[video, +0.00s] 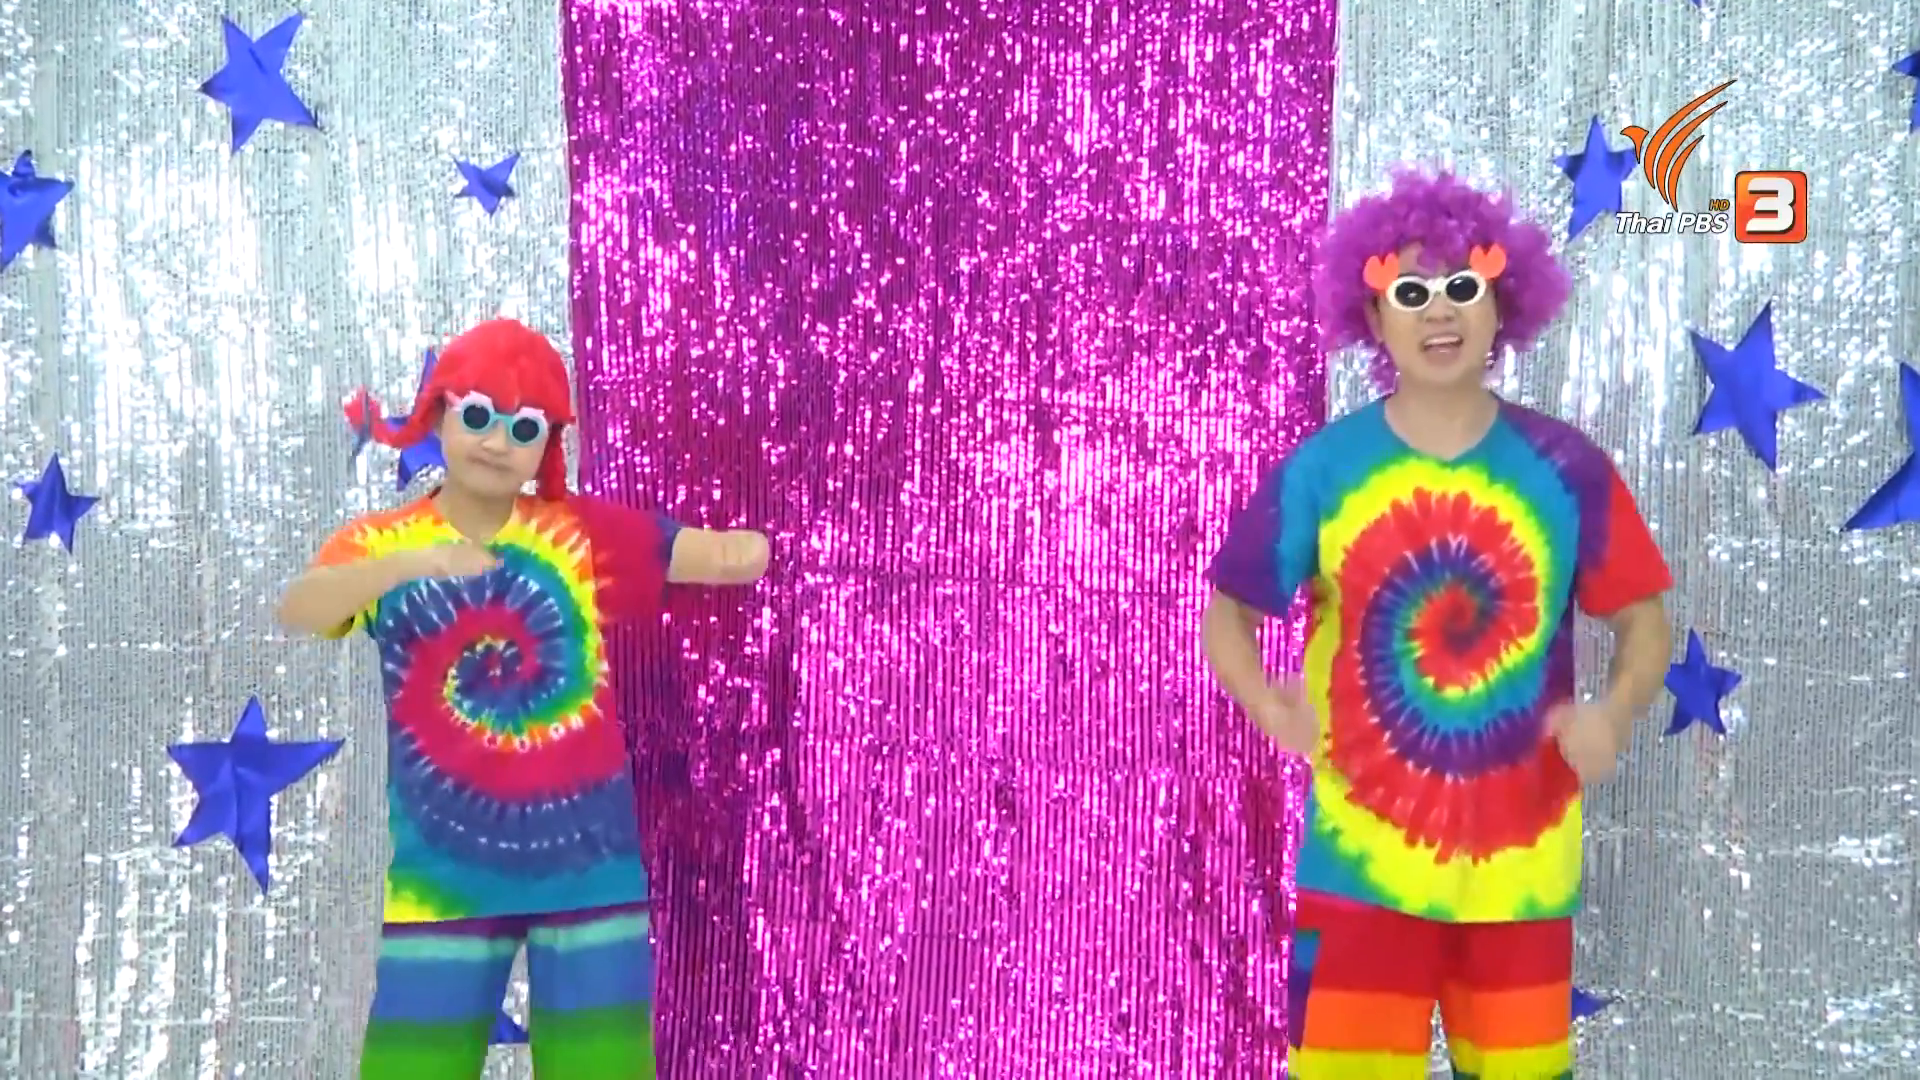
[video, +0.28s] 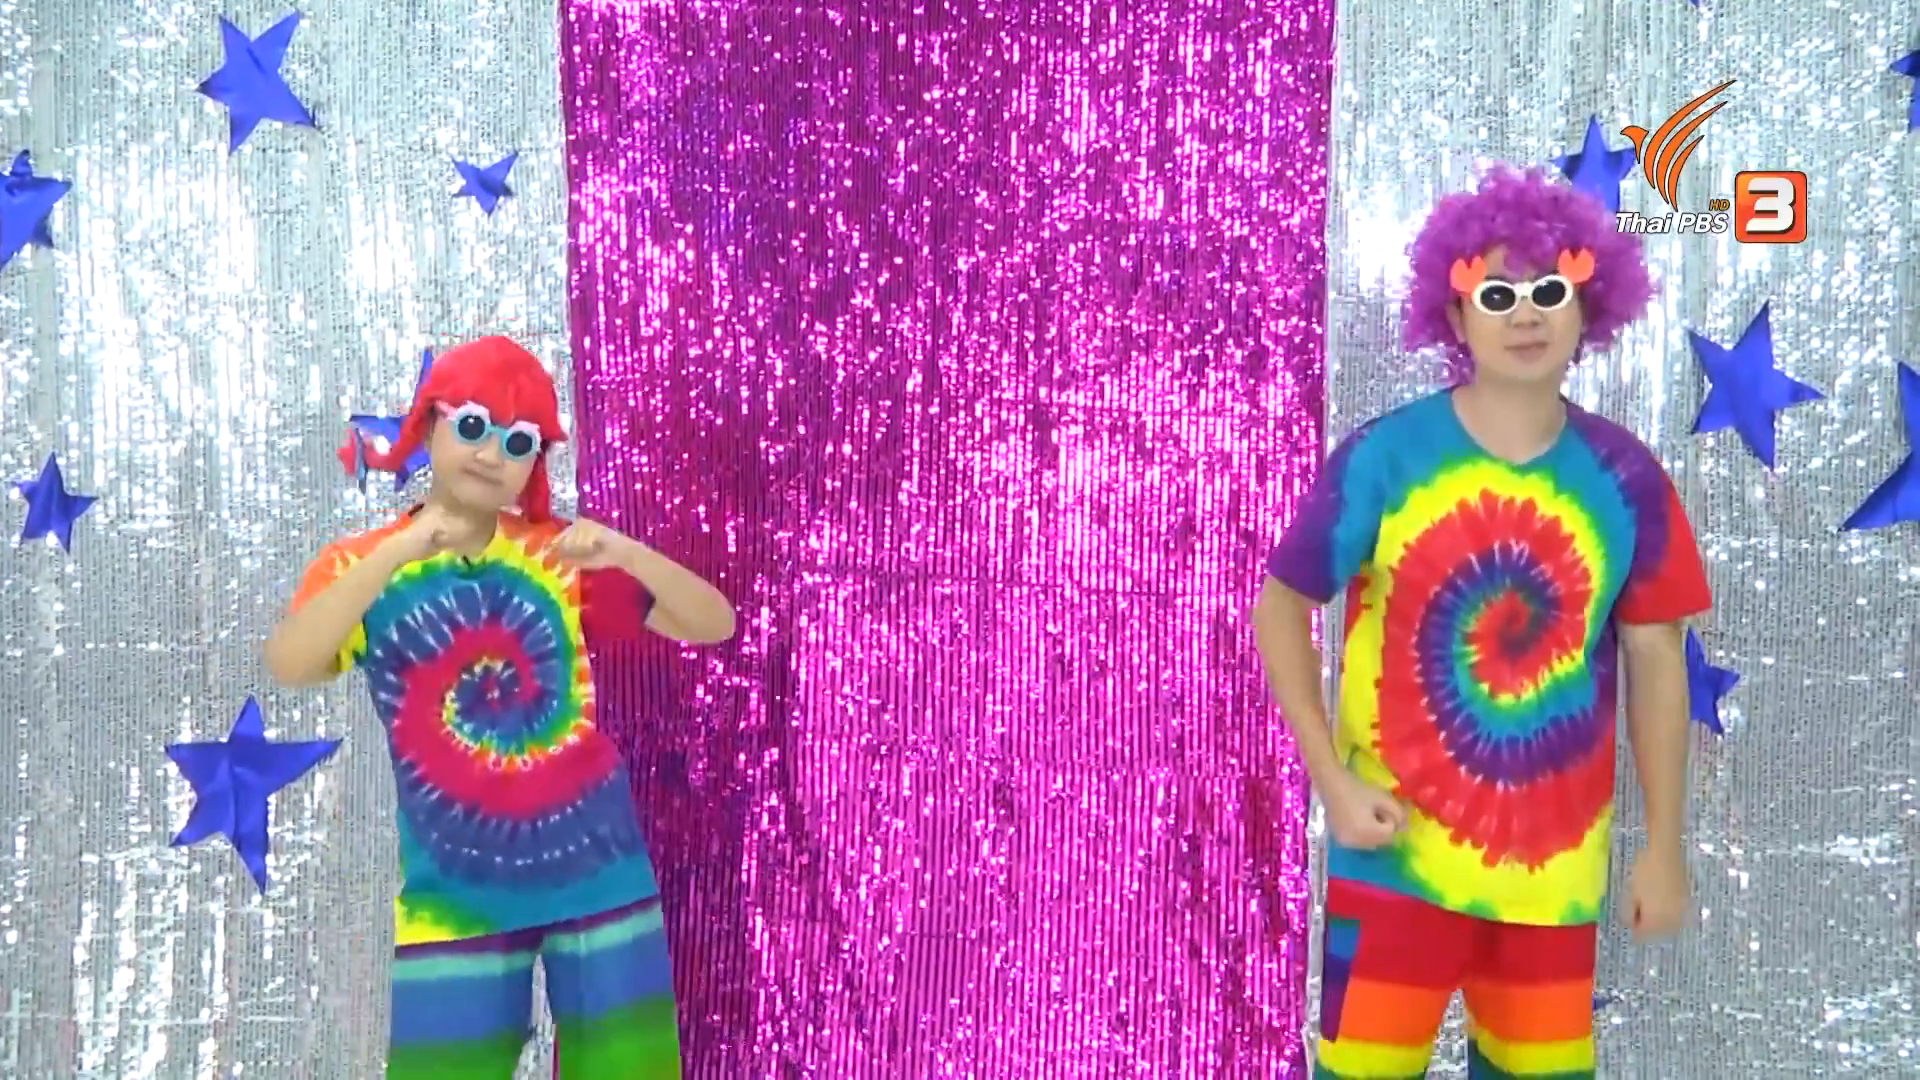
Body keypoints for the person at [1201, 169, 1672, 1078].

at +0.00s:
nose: (1439, 311)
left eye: (1461, 288)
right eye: (1411, 292)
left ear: (1498, 307)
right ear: (1374, 317)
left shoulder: (1568, 465)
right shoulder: (1322, 467)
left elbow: (1648, 616)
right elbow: (1227, 612)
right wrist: (1272, 710)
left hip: (1522, 864)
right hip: (1363, 863)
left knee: (1521, 1066)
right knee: (1347, 1066)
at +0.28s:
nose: (1527, 315)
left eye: (1550, 294)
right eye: (1499, 296)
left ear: (1585, 312)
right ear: (1458, 315)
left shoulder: (1626, 474)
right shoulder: (1383, 457)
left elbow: (1656, 659)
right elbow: (1281, 605)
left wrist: (1663, 843)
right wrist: (1328, 773)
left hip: (1553, 868)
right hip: (1396, 857)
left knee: (1548, 1069)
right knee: (1366, 1066)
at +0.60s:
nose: (1517, 335)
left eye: (1542, 313)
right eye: (1490, 315)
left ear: (1578, 332)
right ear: (1454, 335)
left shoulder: (1622, 500)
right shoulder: (1375, 475)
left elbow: (1652, 687)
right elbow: (1285, 631)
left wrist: (1667, 874)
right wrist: (1305, 800)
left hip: (1549, 892)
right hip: (1390, 880)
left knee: (1553, 1067)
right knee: (1366, 1067)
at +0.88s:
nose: (1411, 316)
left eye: (1437, 295)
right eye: (1386, 296)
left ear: (1478, 318)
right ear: (1353, 319)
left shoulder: (1541, 478)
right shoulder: (1290, 471)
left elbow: (1596, 671)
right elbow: (1229, 638)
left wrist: (1602, 852)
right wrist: (1222, 798)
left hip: (1487, 872)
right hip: (1330, 868)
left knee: (1501, 1065)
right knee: (1321, 1066)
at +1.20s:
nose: (1308, 329)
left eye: (1332, 304)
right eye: (1283, 308)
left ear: (1375, 313)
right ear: (1256, 322)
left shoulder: (1463, 455)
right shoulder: (1222, 471)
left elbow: (1573, 619)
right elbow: (1155, 596)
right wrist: (1136, 642)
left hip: (1438, 846)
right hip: (1289, 853)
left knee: (1457, 1062)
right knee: (1308, 1065)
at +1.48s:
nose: (1308, 348)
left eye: (1332, 326)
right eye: (1282, 328)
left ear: (1370, 341)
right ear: (1252, 346)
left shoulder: (1453, 489)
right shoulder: (1216, 511)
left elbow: (1516, 666)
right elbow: (1158, 686)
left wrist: (1439, 805)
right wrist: (1240, 800)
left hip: (1442, 890)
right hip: (1292, 896)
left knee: (1470, 1067)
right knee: (1293, 1069)